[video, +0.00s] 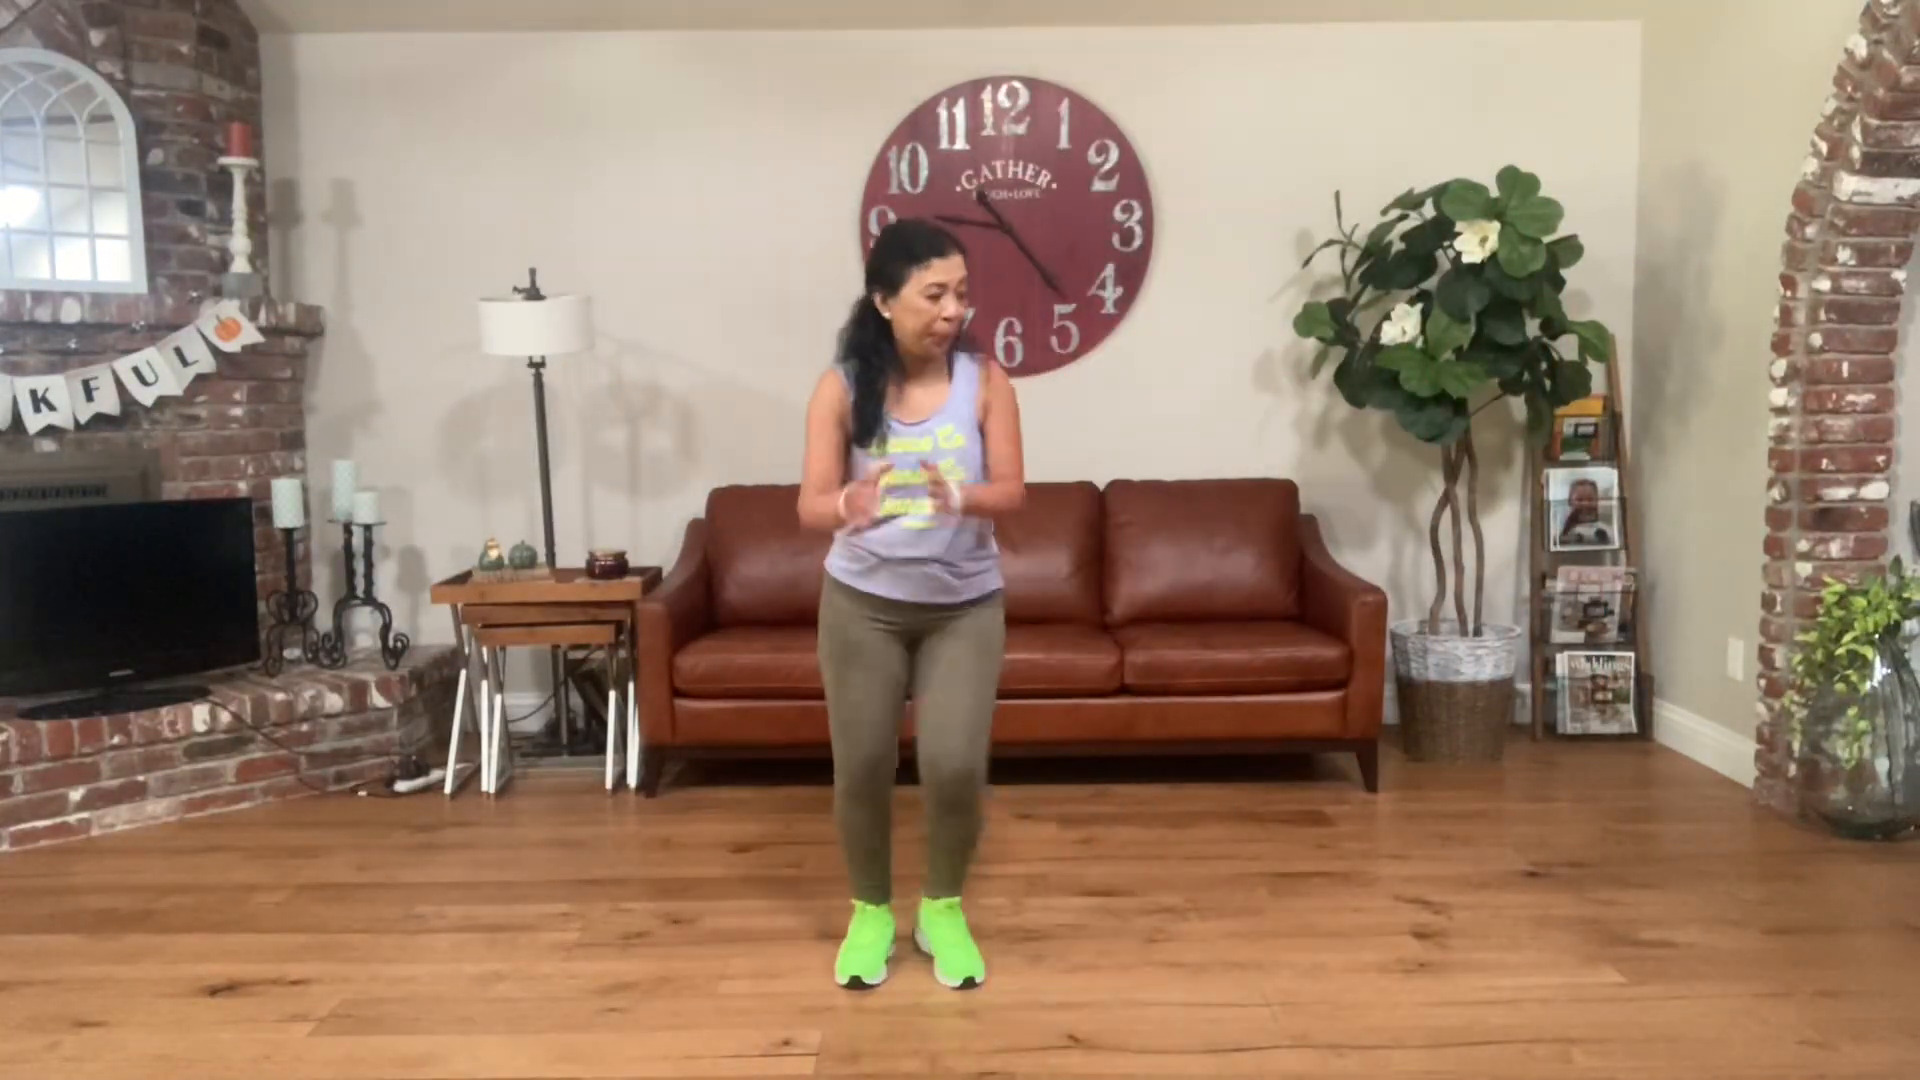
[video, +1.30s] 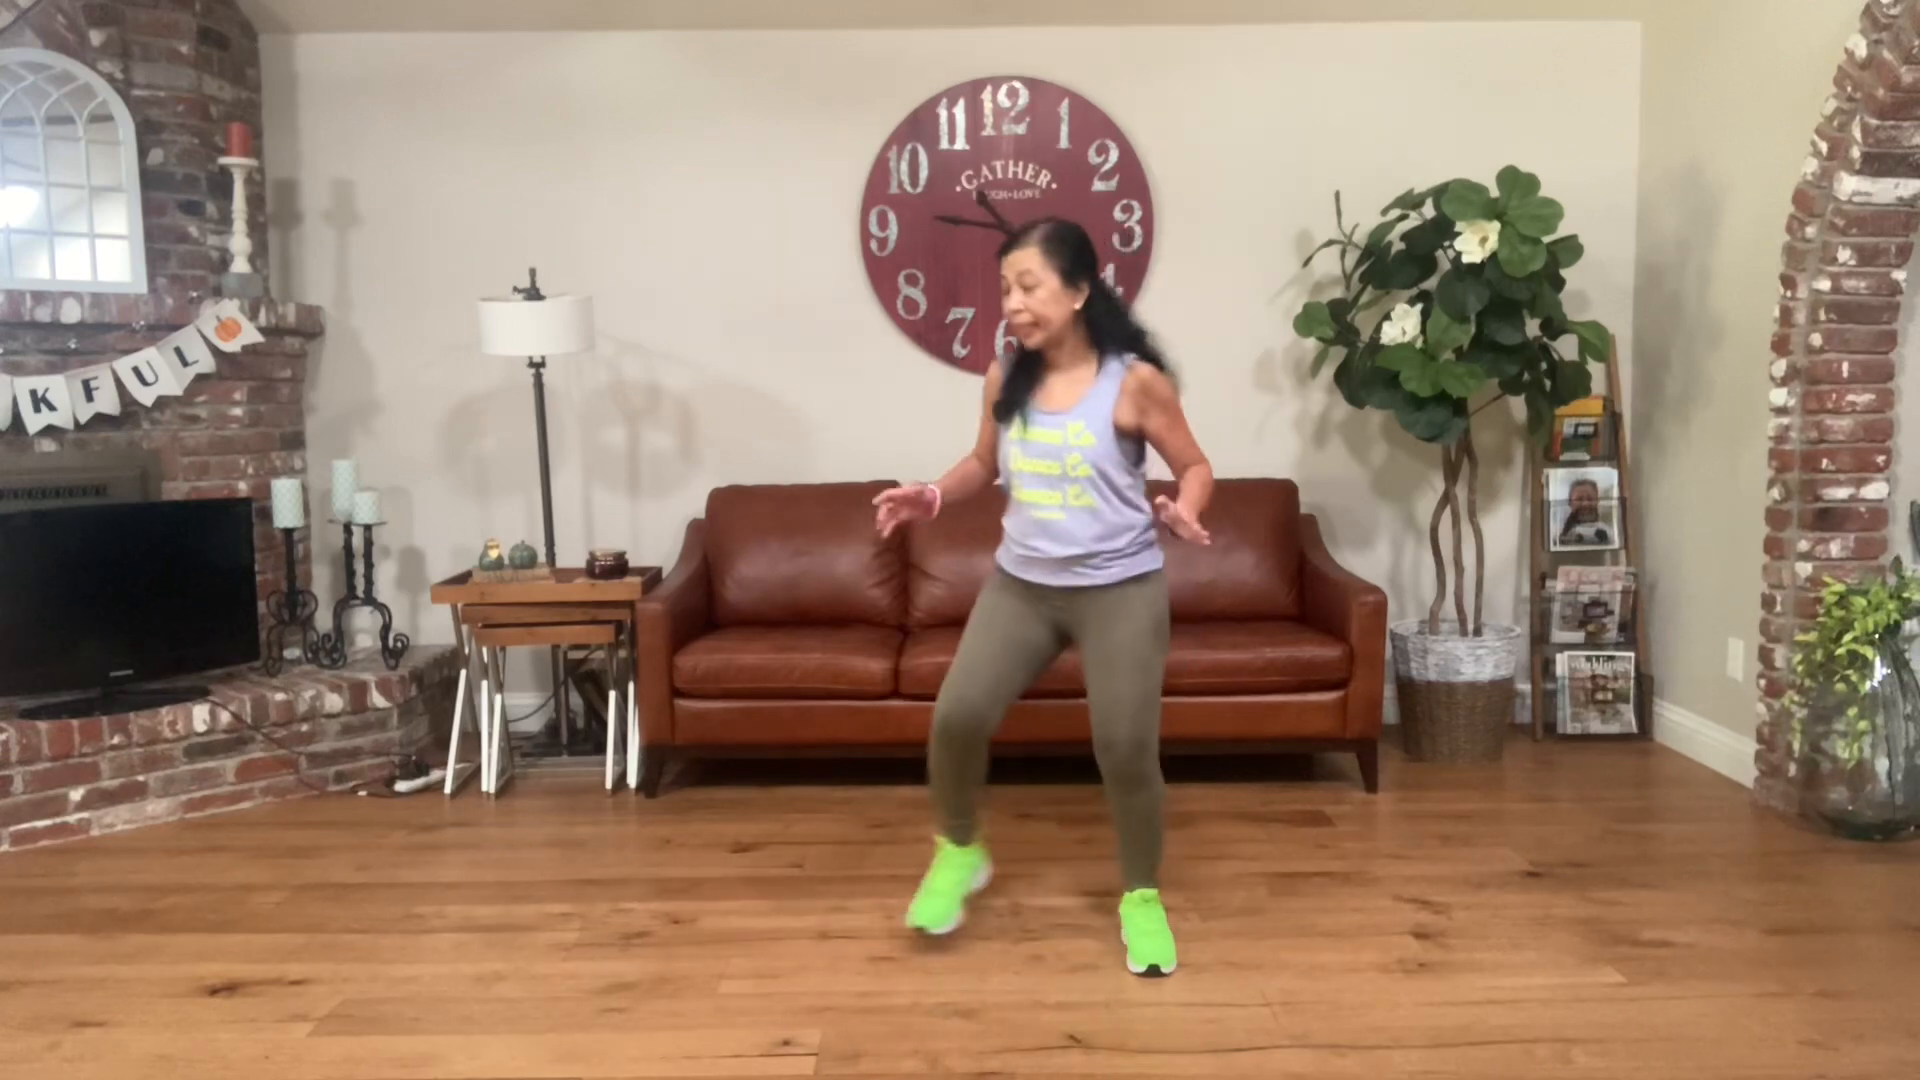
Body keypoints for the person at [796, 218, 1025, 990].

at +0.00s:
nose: (952, 309)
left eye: (959, 292)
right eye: (934, 294)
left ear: (967, 297)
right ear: (884, 303)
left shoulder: (986, 382)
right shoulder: (842, 388)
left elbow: (1010, 494)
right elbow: (812, 507)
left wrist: (959, 499)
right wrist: (849, 505)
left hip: (967, 606)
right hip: (861, 603)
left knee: (954, 765)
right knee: (862, 766)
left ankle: (942, 909)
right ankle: (871, 912)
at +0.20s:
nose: (973, 295)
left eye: (984, 281)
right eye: (952, 283)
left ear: (997, 297)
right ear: (913, 304)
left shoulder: (1015, 390)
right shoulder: (875, 393)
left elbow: (1039, 474)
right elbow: (818, 483)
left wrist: (1057, 515)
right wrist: (828, 525)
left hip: (985, 603)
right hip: (880, 600)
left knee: (1050, 751)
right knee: (875, 764)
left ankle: (1044, 888)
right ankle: (871, 912)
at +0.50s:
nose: (1032, 279)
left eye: (1047, 264)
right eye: (1013, 267)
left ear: (1071, 281)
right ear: (990, 289)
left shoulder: (1103, 370)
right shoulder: (965, 379)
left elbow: (1131, 454)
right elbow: (933, 476)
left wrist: (1157, 486)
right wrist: (924, 509)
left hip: (1092, 599)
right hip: (987, 597)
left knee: (1114, 755)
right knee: (938, 753)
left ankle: (1140, 900)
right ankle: (878, 908)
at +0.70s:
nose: (1073, 288)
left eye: (1089, 272)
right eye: (1055, 276)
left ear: (1116, 289)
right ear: (1037, 299)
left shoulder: (1155, 375)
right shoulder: (1016, 386)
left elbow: (1200, 487)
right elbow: (990, 514)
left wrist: (1195, 452)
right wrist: (1003, 461)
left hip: (1141, 593)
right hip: (1036, 591)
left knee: (1143, 754)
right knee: (989, 740)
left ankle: (1143, 898)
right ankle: (956, 878)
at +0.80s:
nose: (1076, 289)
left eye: (1092, 273)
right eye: (1061, 278)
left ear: (1123, 287)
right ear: (1045, 296)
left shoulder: (1165, 377)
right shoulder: (1023, 381)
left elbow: (1196, 491)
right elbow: (1014, 497)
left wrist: (1175, 431)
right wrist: (1041, 437)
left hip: (1151, 591)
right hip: (1047, 592)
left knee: (1153, 749)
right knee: (1034, 741)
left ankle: (1144, 896)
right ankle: (1028, 867)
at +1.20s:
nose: (1031, 319)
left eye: (1047, 302)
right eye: (1025, 304)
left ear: (1096, 305)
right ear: (1023, 308)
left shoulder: (1156, 389)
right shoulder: (1022, 383)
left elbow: (1207, 486)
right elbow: (985, 477)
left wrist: (1182, 512)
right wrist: (957, 499)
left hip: (1139, 591)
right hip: (1040, 590)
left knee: (1138, 748)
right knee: (992, 722)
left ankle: (1143, 898)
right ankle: (1031, 858)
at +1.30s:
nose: (1013, 303)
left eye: (1029, 286)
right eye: (1007, 288)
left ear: (1078, 293)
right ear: (1005, 296)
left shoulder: (1136, 384)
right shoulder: (1007, 377)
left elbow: (1196, 468)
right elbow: (984, 461)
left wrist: (1185, 509)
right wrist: (934, 495)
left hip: (1121, 586)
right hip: (1021, 583)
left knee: (1124, 745)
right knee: (957, 717)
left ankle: (1141, 896)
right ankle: (958, 851)